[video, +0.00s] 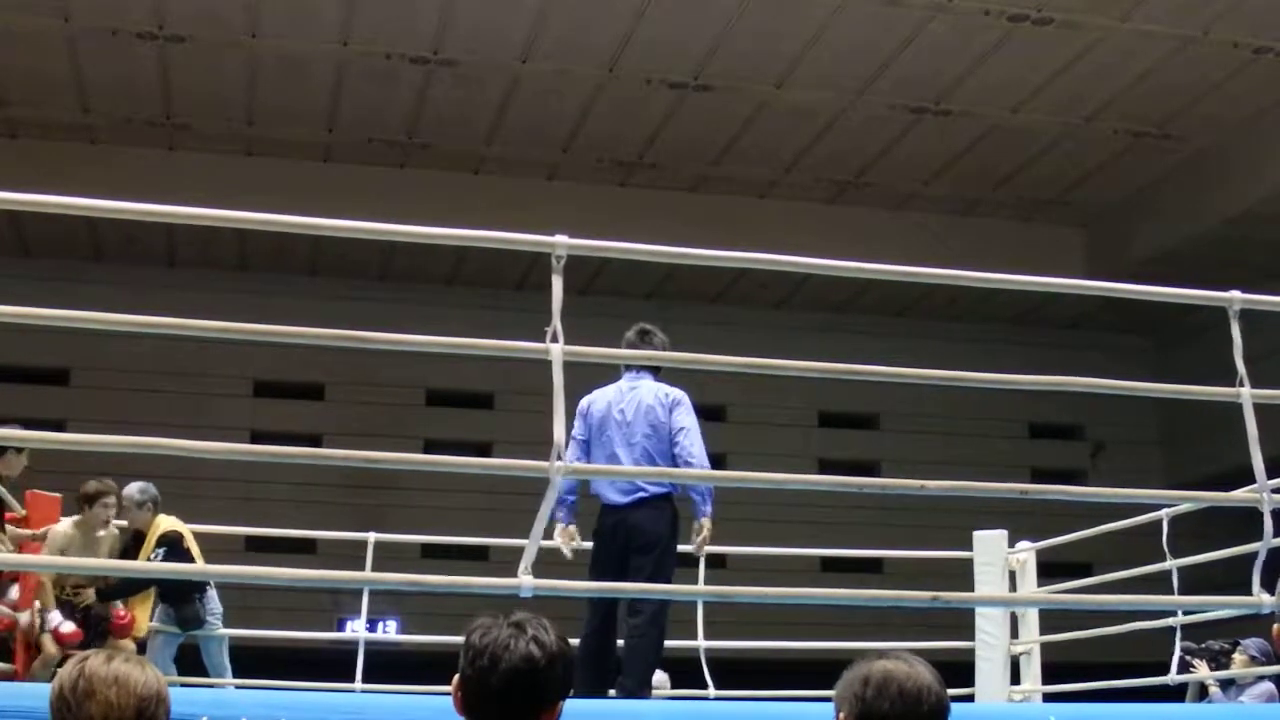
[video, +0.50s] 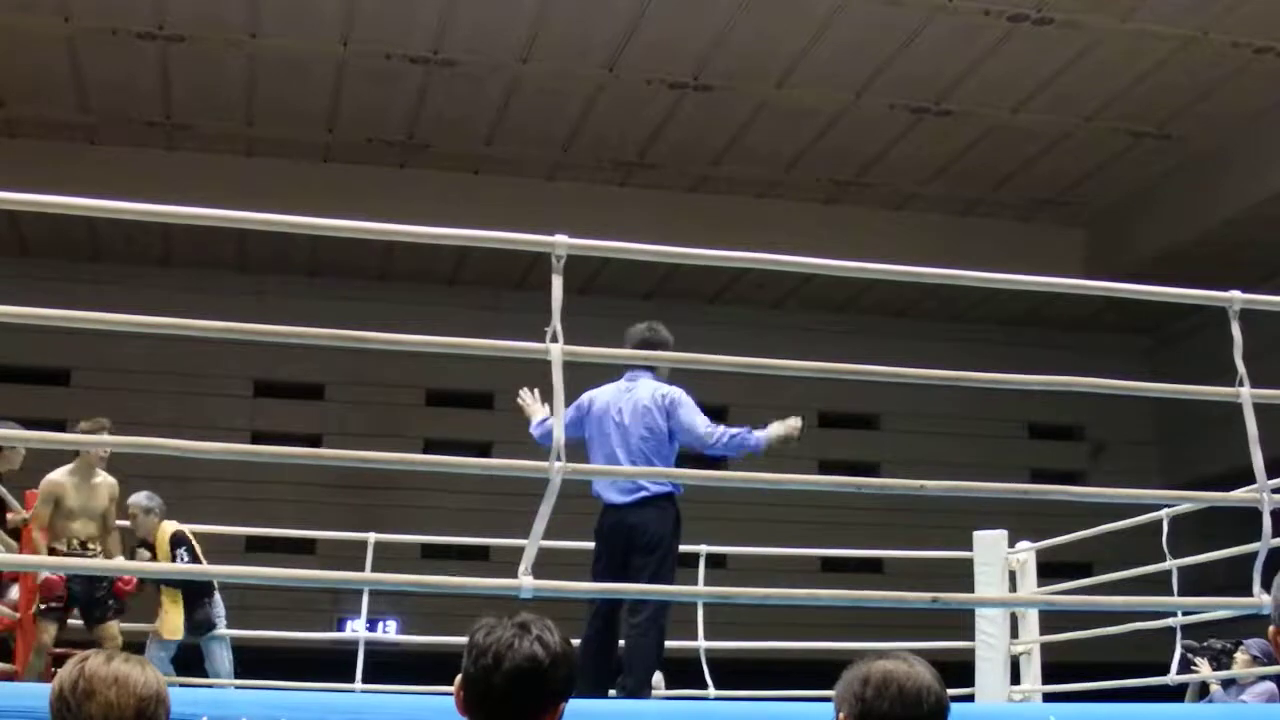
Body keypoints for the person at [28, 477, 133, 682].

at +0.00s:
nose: (110, 513)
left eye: (113, 507)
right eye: (104, 507)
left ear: (117, 509)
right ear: (86, 508)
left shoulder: (112, 534)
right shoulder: (63, 532)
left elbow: (110, 573)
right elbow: (44, 576)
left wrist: (116, 606)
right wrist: (53, 616)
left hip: (91, 597)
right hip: (58, 597)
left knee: (126, 648)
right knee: (52, 653)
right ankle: (27, 703)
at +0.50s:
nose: (106, 451)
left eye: (109, 445)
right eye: (100, 445)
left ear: (110, 447)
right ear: (83, 446)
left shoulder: (110, 484)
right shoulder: (55, 481)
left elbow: (111, 530)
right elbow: (38, 529)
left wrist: (120, 566)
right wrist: (44, 569)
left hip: (96, 561)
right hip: (60, 559)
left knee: (112, 639)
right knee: (45, 640)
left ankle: (110, 709)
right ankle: (25, 702)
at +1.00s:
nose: (104, 439)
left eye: (106, 433)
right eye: (98, 433)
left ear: (106, 437)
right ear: (79, 435)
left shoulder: (109, 476)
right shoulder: (51, 471)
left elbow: (108, 523)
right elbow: (36, 514)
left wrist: (112, 563)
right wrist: (51, 544)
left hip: (96, 555)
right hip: (60, 553)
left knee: (108, 632)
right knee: (39, 634)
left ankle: (111, 703)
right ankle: (22, 702)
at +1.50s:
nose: (140, 439)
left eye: (144, 434)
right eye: (134, 433)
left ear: (148, 439)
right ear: (119, 434)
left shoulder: (145, 478)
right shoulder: (92, 464)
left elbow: (134, 523)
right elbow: (66, 504)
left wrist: (127, 553)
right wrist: (63, 541)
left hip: (120, 553)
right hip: (86, 548)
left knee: (115, 636)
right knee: (66, 632)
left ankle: (115, 704)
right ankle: (48, 697)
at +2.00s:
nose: (103, 433)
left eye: (106, 428)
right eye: (96, 427)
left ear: (110, 432)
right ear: (78, 432)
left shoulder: (114, 468)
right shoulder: (57, 469)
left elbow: (122, 514)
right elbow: (48, 517)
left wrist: (137, 544)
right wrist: (56, 551)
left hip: (109, 550)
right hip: (72, 550)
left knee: (124, 633)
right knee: (62, 633)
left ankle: (122, 703)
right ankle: (47, 702)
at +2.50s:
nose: (144, 439)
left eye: (147, 434)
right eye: (138, 433)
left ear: (148, 437)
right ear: (120, 433)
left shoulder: (147, 474)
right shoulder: (94, 470)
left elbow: (145, 523)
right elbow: (80, 516)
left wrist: (155, 562)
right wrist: (105, 537)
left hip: (136, 567)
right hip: (101, 566)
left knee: (159, 636)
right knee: (77, 637)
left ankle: (160, 707)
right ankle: (54, 704)